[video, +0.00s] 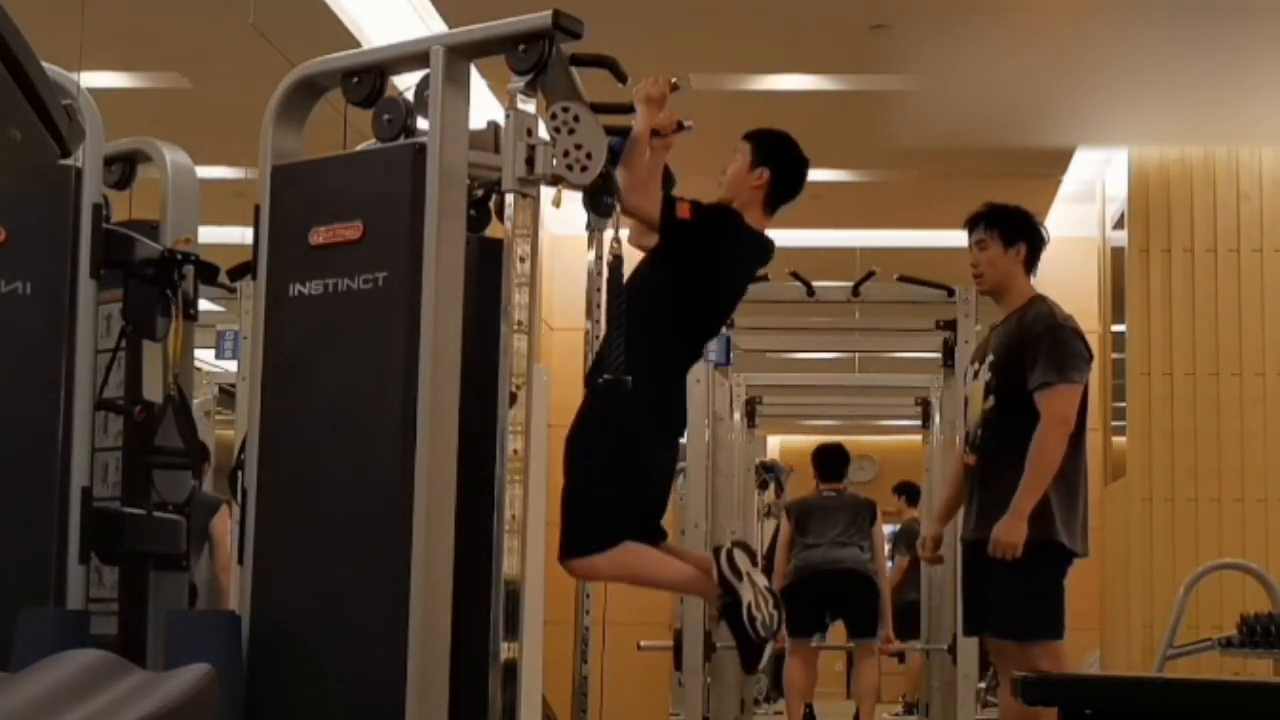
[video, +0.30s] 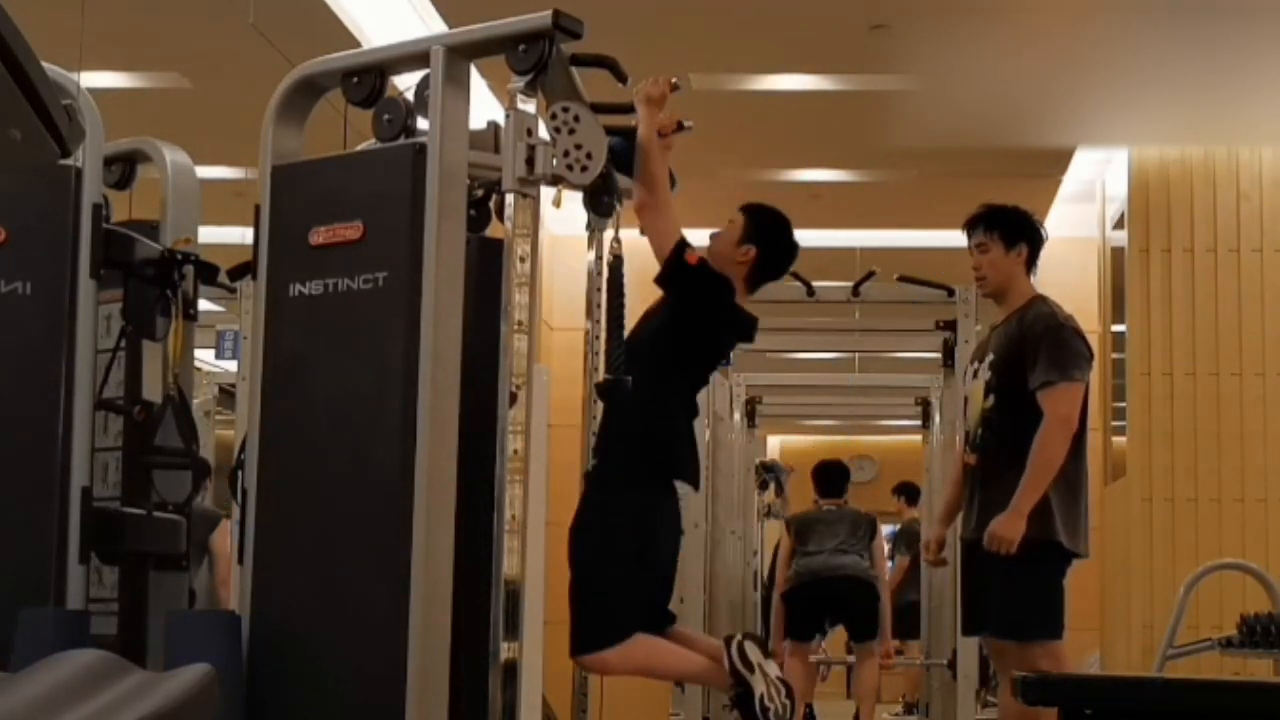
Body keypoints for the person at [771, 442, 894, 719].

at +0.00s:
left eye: (817, 467)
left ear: (814, 471)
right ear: (847, 471)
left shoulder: (794, 509)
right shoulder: (868, 508)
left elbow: (780, 570)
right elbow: (881, 571)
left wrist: (781, 622)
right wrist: (887, 625)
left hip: (806, 587)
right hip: (858, 586)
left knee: (800, 653)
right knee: (866, 653)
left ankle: (796, 716)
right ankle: (865, 715)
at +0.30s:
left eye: (819, 483)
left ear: (814, 488)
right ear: (847, 487)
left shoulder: (795, 523)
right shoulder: (868, 522)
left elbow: (780, 584)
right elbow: (882, 582)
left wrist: (777, 640)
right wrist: (886, 637)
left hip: (806, 592)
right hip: (858, 590)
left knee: (797, 653)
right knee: (866, 655)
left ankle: (799, 713)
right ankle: (865, 715)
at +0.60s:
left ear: (816, 482)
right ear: (848, 481)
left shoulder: (795, 517)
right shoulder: (869, 517)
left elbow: (782, 580)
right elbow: (882, 579)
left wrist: (776, 636)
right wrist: (886, 634)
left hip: (807, 588)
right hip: (858, 586)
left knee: (798, 652)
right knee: (866, 652)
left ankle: (796, 714)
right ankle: (865, 715)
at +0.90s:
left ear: (818, 428)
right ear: (850, 428)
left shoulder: (796, 473)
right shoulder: (871, 472)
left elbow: (782, 535)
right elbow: (882, 534)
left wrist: (774, 586)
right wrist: (889, 587)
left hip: (806, 574)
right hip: (856, 573)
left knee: (802, 649)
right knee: (862, 649)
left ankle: (796, 715)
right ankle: (865, 714)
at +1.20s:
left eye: (818, 394)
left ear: (814, 398)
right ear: (847, 397)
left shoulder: (792, 447)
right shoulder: (869, 446)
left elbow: (771, 509)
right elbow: (887, 510)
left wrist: (772, 561)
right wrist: (891, 559)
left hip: (807, 567)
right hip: (857, 565)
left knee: (805, 650)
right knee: (859, 650)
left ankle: (797, 716)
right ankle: (864, 715)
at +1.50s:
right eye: (841, 396)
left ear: (811, 399)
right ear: (845, 398)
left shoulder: (790, 448)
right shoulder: (866, 447)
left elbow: (770, 509)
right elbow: (884, 510)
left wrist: (772, 560)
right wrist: (889, 558)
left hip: (805, 567)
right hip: (854, 566)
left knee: (805, 649)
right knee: (857, 649)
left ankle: (797, 715)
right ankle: (864, 714)